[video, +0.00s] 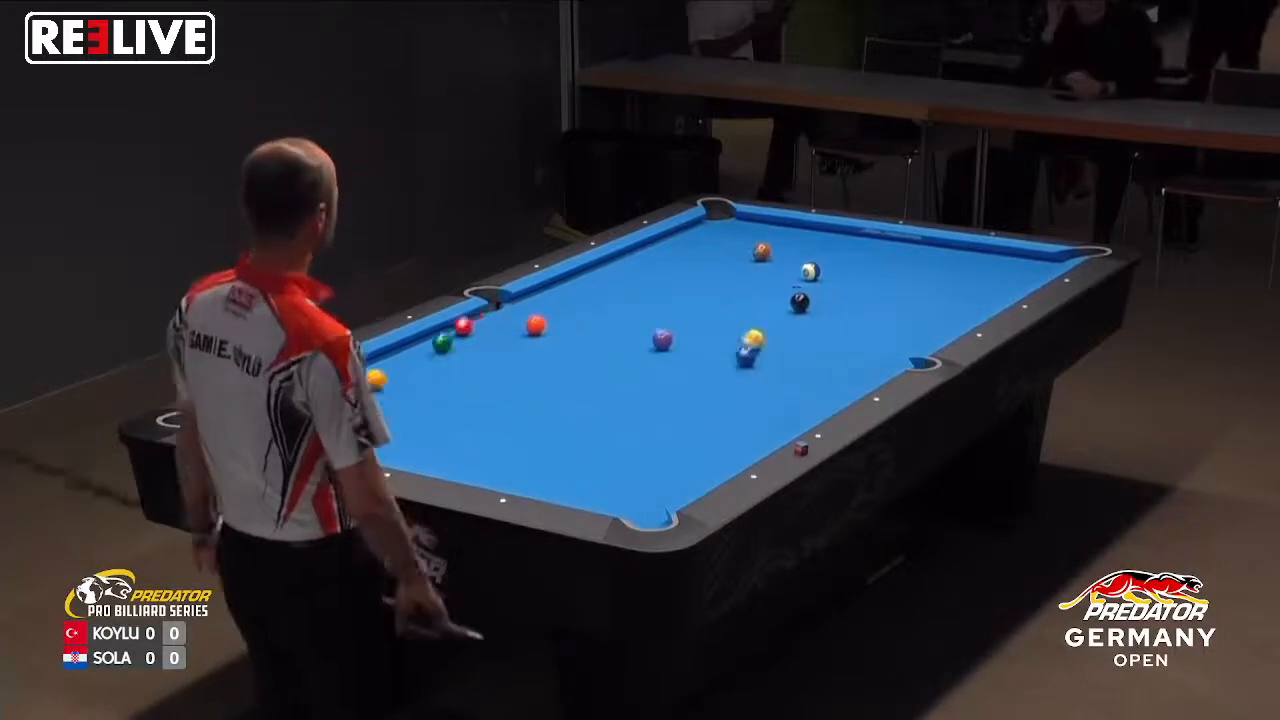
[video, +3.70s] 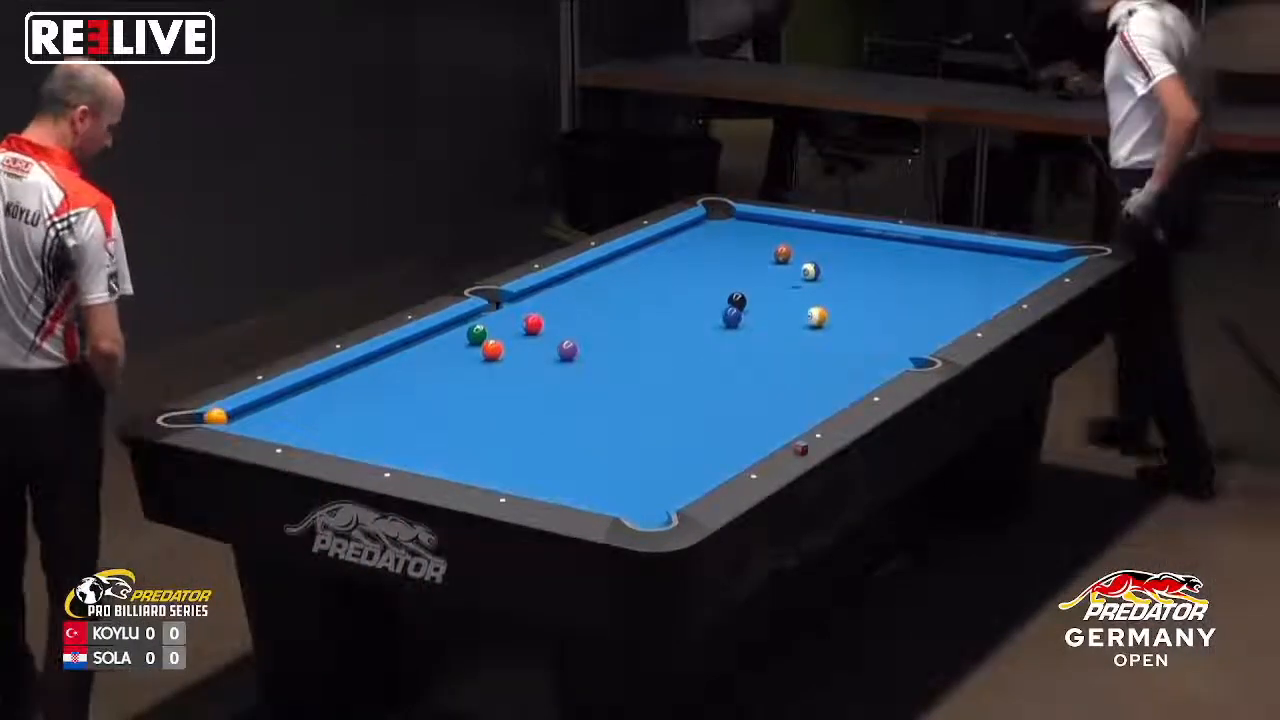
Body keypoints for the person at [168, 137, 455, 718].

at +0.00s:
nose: (336, 215)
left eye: (331, 200)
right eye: (334, 203)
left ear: (248, 207)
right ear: (320, 218)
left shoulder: (195, 305)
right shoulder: (320, 342)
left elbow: (189, 431)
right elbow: (365, 495)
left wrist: (201, 527)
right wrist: (412, 577)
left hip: (241, 561)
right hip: (319, 566)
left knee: (278, 696)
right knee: (351, 698)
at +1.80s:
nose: (279, 211)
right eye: (278, 200)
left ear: (186, 207)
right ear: (270, 212)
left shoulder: (131, 306)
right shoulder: (288, 332)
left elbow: (113, 449)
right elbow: (331, 489)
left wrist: (132, 523)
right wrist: (359, 583)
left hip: (174, 550)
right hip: (270, 556)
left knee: (174, 701)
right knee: (283, 698)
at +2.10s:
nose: (204, 189)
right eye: (204, 177)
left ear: (117, 179)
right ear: (198, 187)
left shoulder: (61, 284)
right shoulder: (233, 301)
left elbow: (33, 429)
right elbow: (274, 447)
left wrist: (63, 465)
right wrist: (290, 533)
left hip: (106, 525)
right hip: (207, 527)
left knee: (131, 695)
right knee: (243, 684)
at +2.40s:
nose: (157, 177)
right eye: (157, 166)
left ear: (74, 168)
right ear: (151, 174)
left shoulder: (21, 271)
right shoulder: (195, 276)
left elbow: (8, 409)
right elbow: (227, 419)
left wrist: (48, 409)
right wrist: (221, 497)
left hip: (72, 514)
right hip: (173, 508)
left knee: (108, 683)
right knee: (193, 674)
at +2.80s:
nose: (128, 171)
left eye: (126, 161)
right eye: (128, 162)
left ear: (49, 161)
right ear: (118, 167)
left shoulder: (8, 249)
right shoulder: (157, 264)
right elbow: (180, 404)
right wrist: (166, 486)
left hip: (30, 482)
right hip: (127, 478)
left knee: (57, 636)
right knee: (117, 633)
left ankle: (85, 711)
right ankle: (107, 713)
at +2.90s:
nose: (124, 161)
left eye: (124, 151)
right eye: (124, 151)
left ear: (46, 148)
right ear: (113, 156)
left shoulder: (7, 228)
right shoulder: (146, 251)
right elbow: (168, 392)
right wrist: (154, 473)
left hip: (20, 464)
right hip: (113, 463)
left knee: (34, 637)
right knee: (109, 627)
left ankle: (59, 713)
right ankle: (102, 712)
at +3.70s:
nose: (107, 143)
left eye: (112, 130)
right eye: (108, 128)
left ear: (51, 107)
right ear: (79, 117)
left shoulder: (4, 165)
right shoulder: (83, 204)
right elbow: (105, 344)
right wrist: (94, 399)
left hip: (4, 389)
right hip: (50, 398)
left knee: (3, 565)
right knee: (71, 567)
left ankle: (11, 696)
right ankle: (67, 705)